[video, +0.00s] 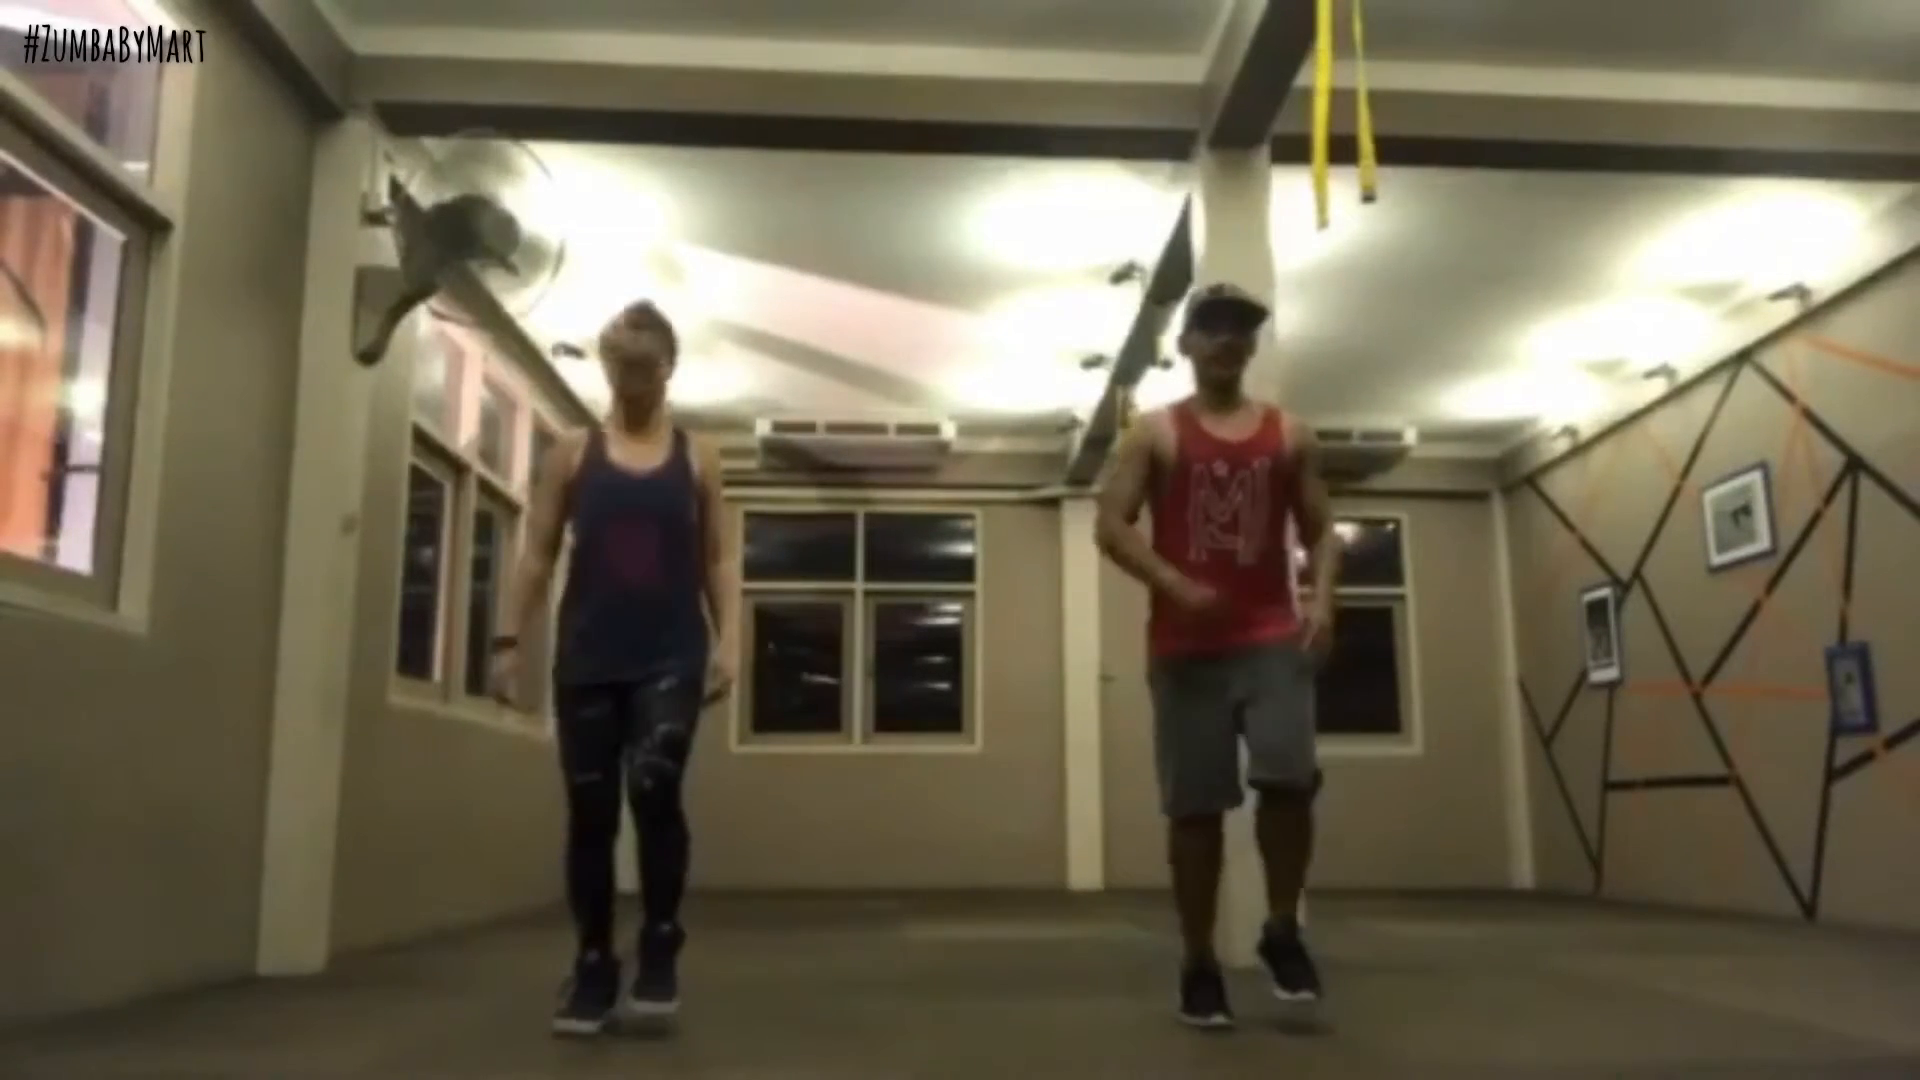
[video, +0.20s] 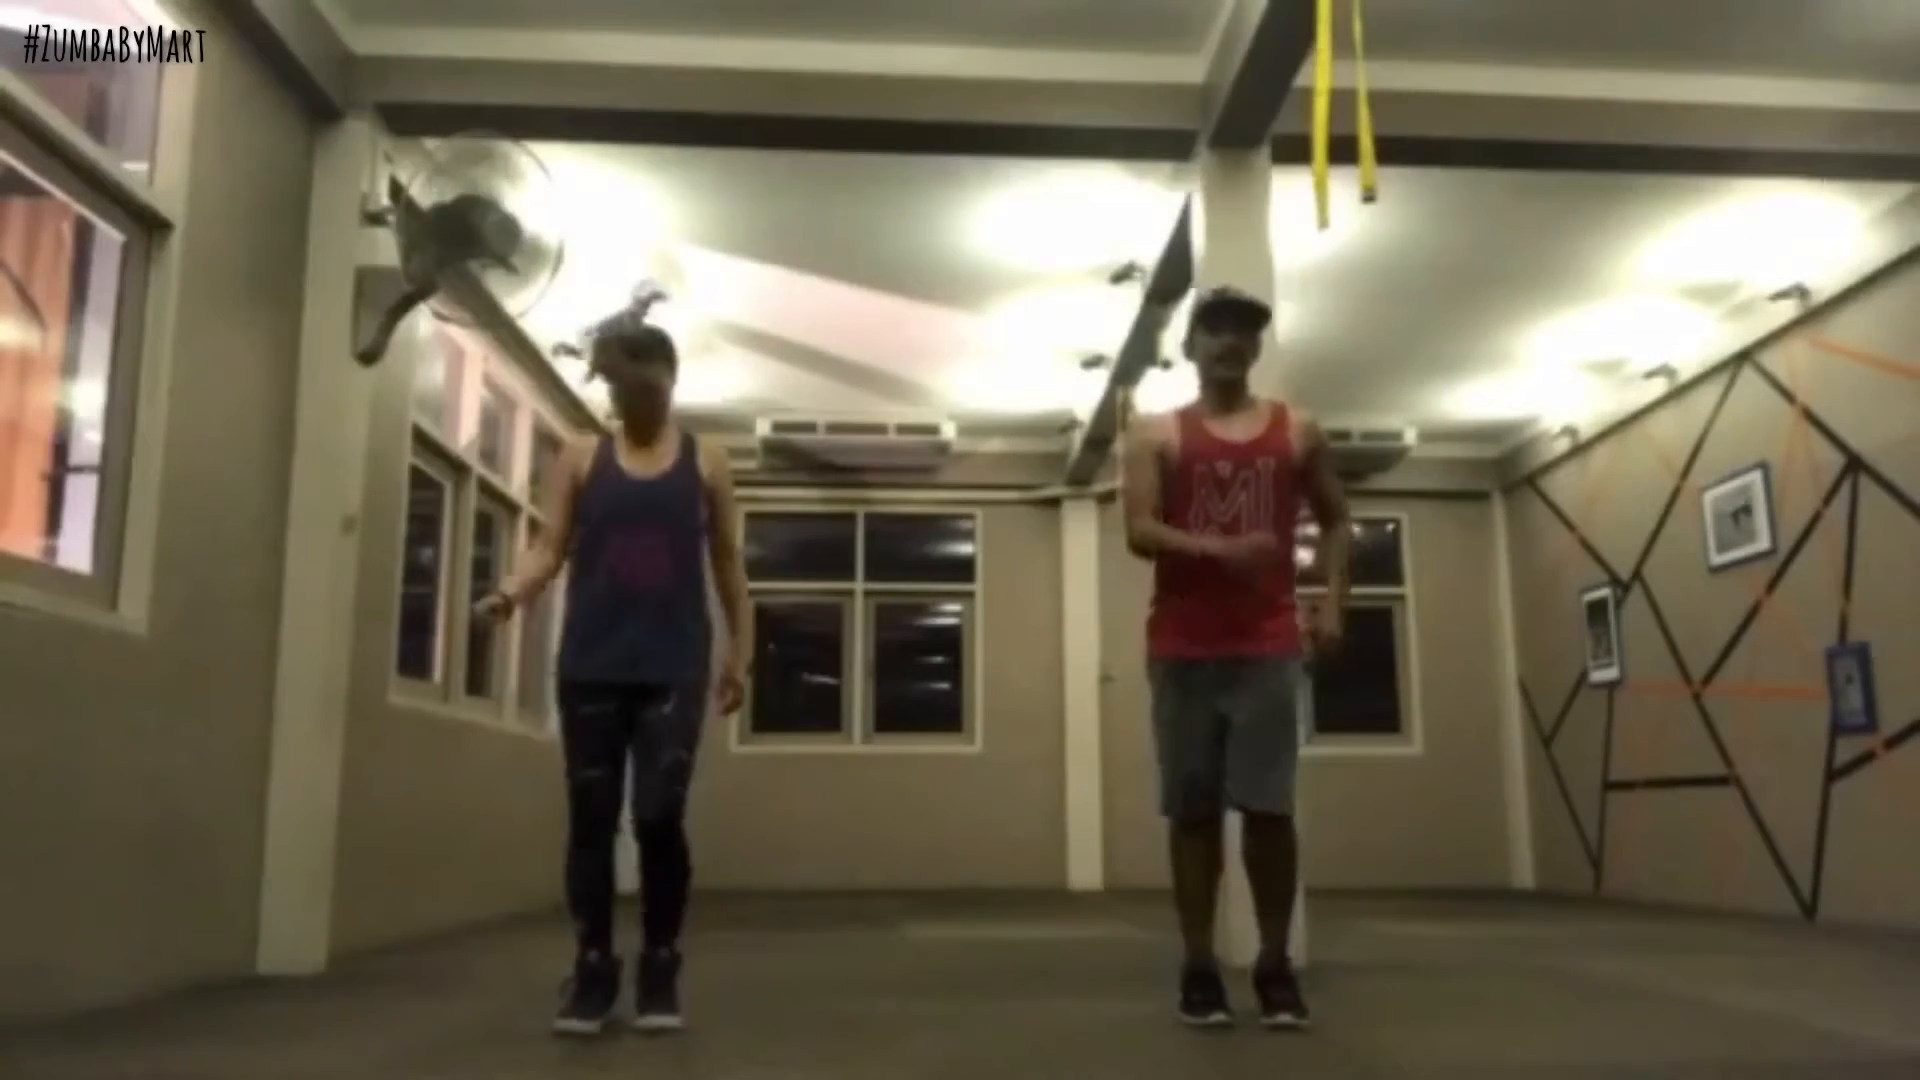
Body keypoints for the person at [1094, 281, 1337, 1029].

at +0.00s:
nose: (1223, 344)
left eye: (1237, 332)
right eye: (1209, 332)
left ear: (1254, 343)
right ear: (1186, 342)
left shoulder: (1287, 434)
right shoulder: (1154, 433)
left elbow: (1321, 530)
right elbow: (1110, 527)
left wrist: (1320, 602)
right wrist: (1172, 582)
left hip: (1271, 639)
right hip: (1187, 647)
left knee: (1290, 784)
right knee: (1196, 808)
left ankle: (1284, 931)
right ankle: (1200, 965)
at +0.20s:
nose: (1230, 347)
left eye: (1243, 335)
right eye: (1216, 334)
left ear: (1260, 345)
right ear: (1192, 342)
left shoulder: (1295, 433)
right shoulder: (1156, 435)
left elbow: (1336, 518)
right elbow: (1139, 532)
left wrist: (1331, 603)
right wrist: (1223, 547)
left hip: (1269, 648)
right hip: (1185, 651)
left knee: (1268, 811)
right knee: (1194, 814)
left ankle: (1275, 966)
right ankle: (1200, 969)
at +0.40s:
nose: (1241, 352)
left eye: (1254, 341)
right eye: (1228, 339)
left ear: (1270, 348)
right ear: (1202, 347)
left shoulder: (1306, 433)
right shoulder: (1166, 436)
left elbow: (1343, 525)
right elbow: (1148, 535)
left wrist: (1353, 614)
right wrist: (1197, 602)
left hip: (1284, 645)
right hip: (1201, 645)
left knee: (1279, 810)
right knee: (1198, 807)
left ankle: (1275, 969)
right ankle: (1197, 963)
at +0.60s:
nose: (1238, 343)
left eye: (1252, 330)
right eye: (1224, 330)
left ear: (1270, 339)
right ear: (1202, 339)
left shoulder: (1302, 426)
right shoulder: (1167, 428)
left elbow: (1337, 515)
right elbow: (1115, 513)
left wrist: (1333, 542)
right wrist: (1141, 599)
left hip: (1286, 624)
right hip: (1210, 625)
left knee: (1282, 795)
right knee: (1228, 782)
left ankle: (1278, 961)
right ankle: (1198, 933)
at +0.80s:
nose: (1232, 349)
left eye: (1244, 336)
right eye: (1218, 336)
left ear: (1264, 344)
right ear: (1194, 345)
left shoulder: (1294, 436)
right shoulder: (1159, 432)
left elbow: (1328, 532)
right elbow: (1094, 514)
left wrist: (1300, 549)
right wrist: (1126, 592)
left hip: (1278, 642)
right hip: (1200, 645)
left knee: (1280, 807)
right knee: (1208, 812)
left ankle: (1279, 964)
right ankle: (1199, 967)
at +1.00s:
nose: (1227, 343)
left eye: (1240, 331)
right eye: (1214, 330)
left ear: (1257, 341)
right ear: (1188, 339)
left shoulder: (1289, 434)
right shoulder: (1153, 431)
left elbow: (1321, 526)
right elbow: (1109, 524)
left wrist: (1315, 587)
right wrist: (1169, 579)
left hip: (1270, 638)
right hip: (1186, 643)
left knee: (1287, 788)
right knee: (1193, 809)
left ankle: (1276, 928)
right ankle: (1197, 963)